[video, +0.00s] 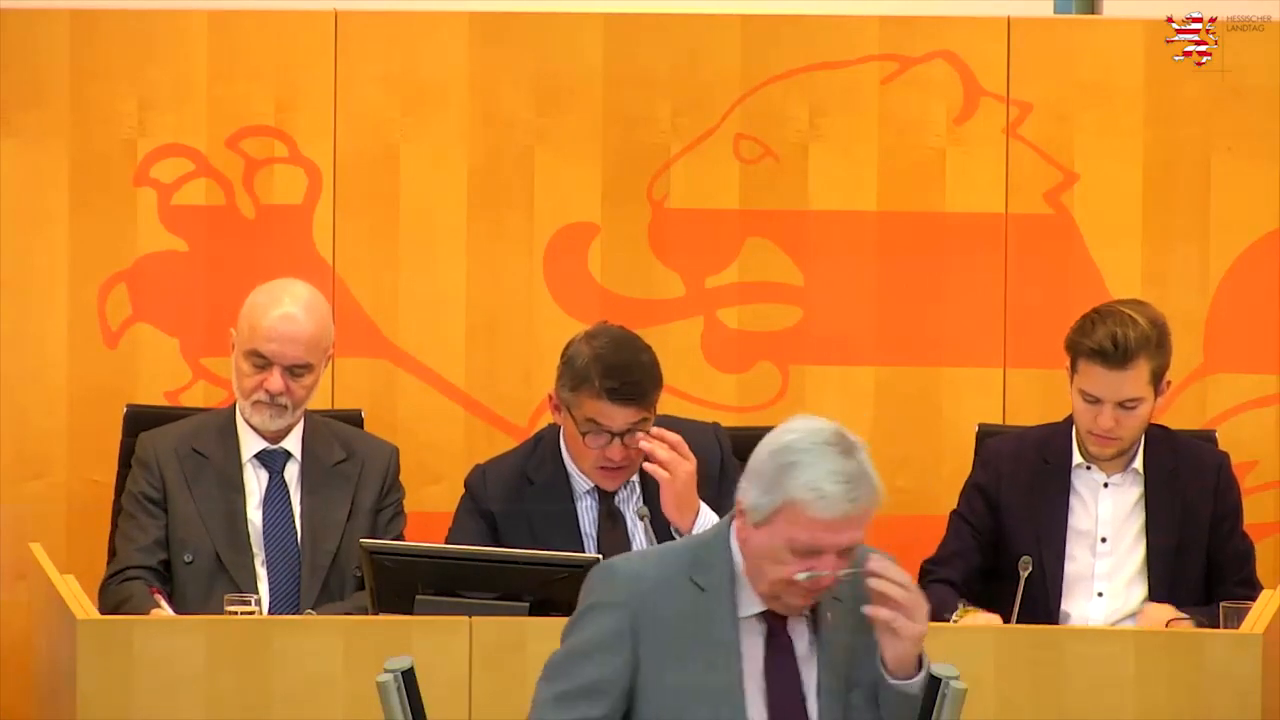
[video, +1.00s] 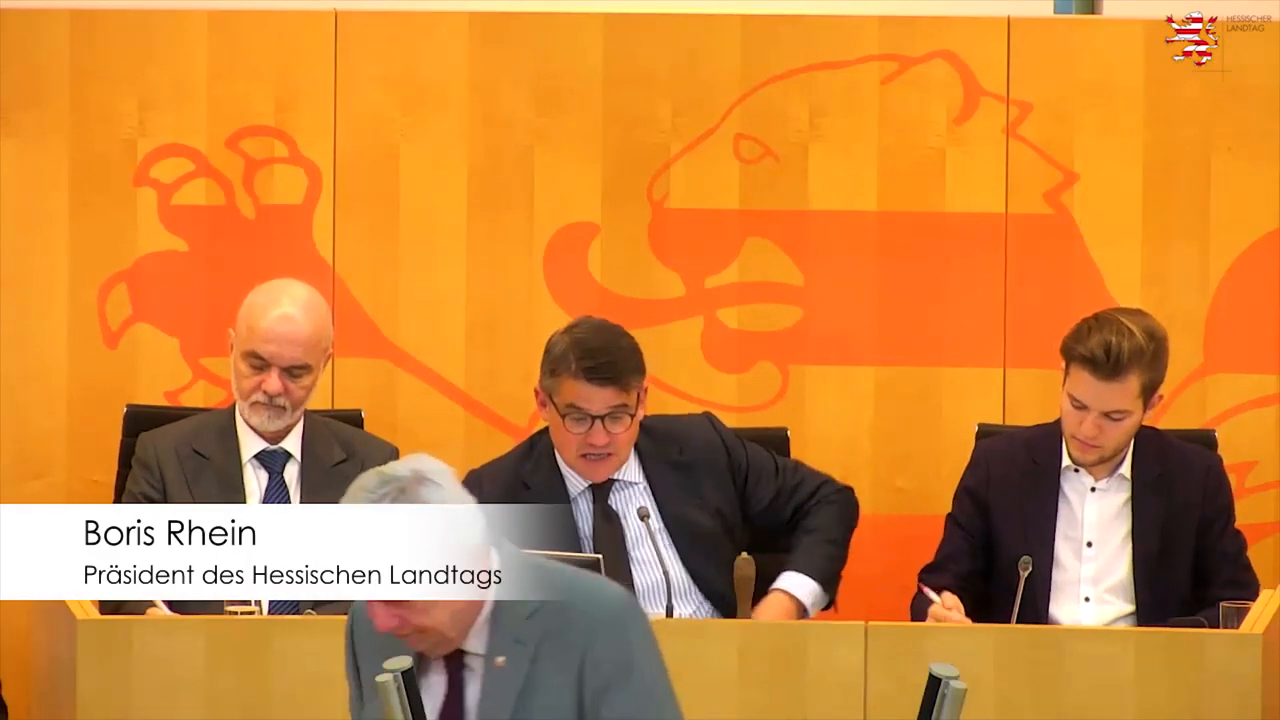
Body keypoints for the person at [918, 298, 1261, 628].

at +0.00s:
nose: (1105, 422)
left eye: (1127, 405)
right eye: (1091, 399)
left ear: (1160, 394)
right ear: (1071, 379)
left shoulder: (1204, 472)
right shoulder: (1006, 461)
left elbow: (1247, 607)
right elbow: (938, 583)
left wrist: (1188, 620)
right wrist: (960, 616)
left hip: (1157, 675)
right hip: (1032, 668)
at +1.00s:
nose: (1088, 430)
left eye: (1113, 417)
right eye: (1077, 405)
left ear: (1152, 405)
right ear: (1063, 383)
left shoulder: (1196, 475)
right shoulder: (999, 461)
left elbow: (1239, 602)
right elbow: (939, 586)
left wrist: (1163, 645)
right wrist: (940, 616)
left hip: (1150, 678)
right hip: (1023, 671)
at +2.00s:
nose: (1093, 442)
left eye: (1120, 431)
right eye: (1085, 416)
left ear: (1159, 418)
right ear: (1073, 386)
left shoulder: (1197, 477)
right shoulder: (1000, 459)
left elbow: (1239, 600)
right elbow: (944, 586)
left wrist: (1164, 644)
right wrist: (956, 645)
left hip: (1147, 678)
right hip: (1021, 670)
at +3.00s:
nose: (1102, 447)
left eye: (1129, 437)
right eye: (1094, 419)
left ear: (1164, 423)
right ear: (1079, 384)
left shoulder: (1198, 478)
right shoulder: (1001, 458)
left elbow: (1238, 601)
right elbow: (950, 583)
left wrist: (1166, 644)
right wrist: (949, 635)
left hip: (1149, 680)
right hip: (1023, 673)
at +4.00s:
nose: (1107, 447)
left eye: (1134, 438)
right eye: (1099, 420)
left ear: (1167, 423)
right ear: (1083, 383)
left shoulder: (1200, 477)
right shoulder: (1003, 457)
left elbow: (1238, 601)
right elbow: (953, 583)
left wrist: (1161, 644)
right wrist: (955, 635)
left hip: (1151, 680)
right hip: (1026, 672)